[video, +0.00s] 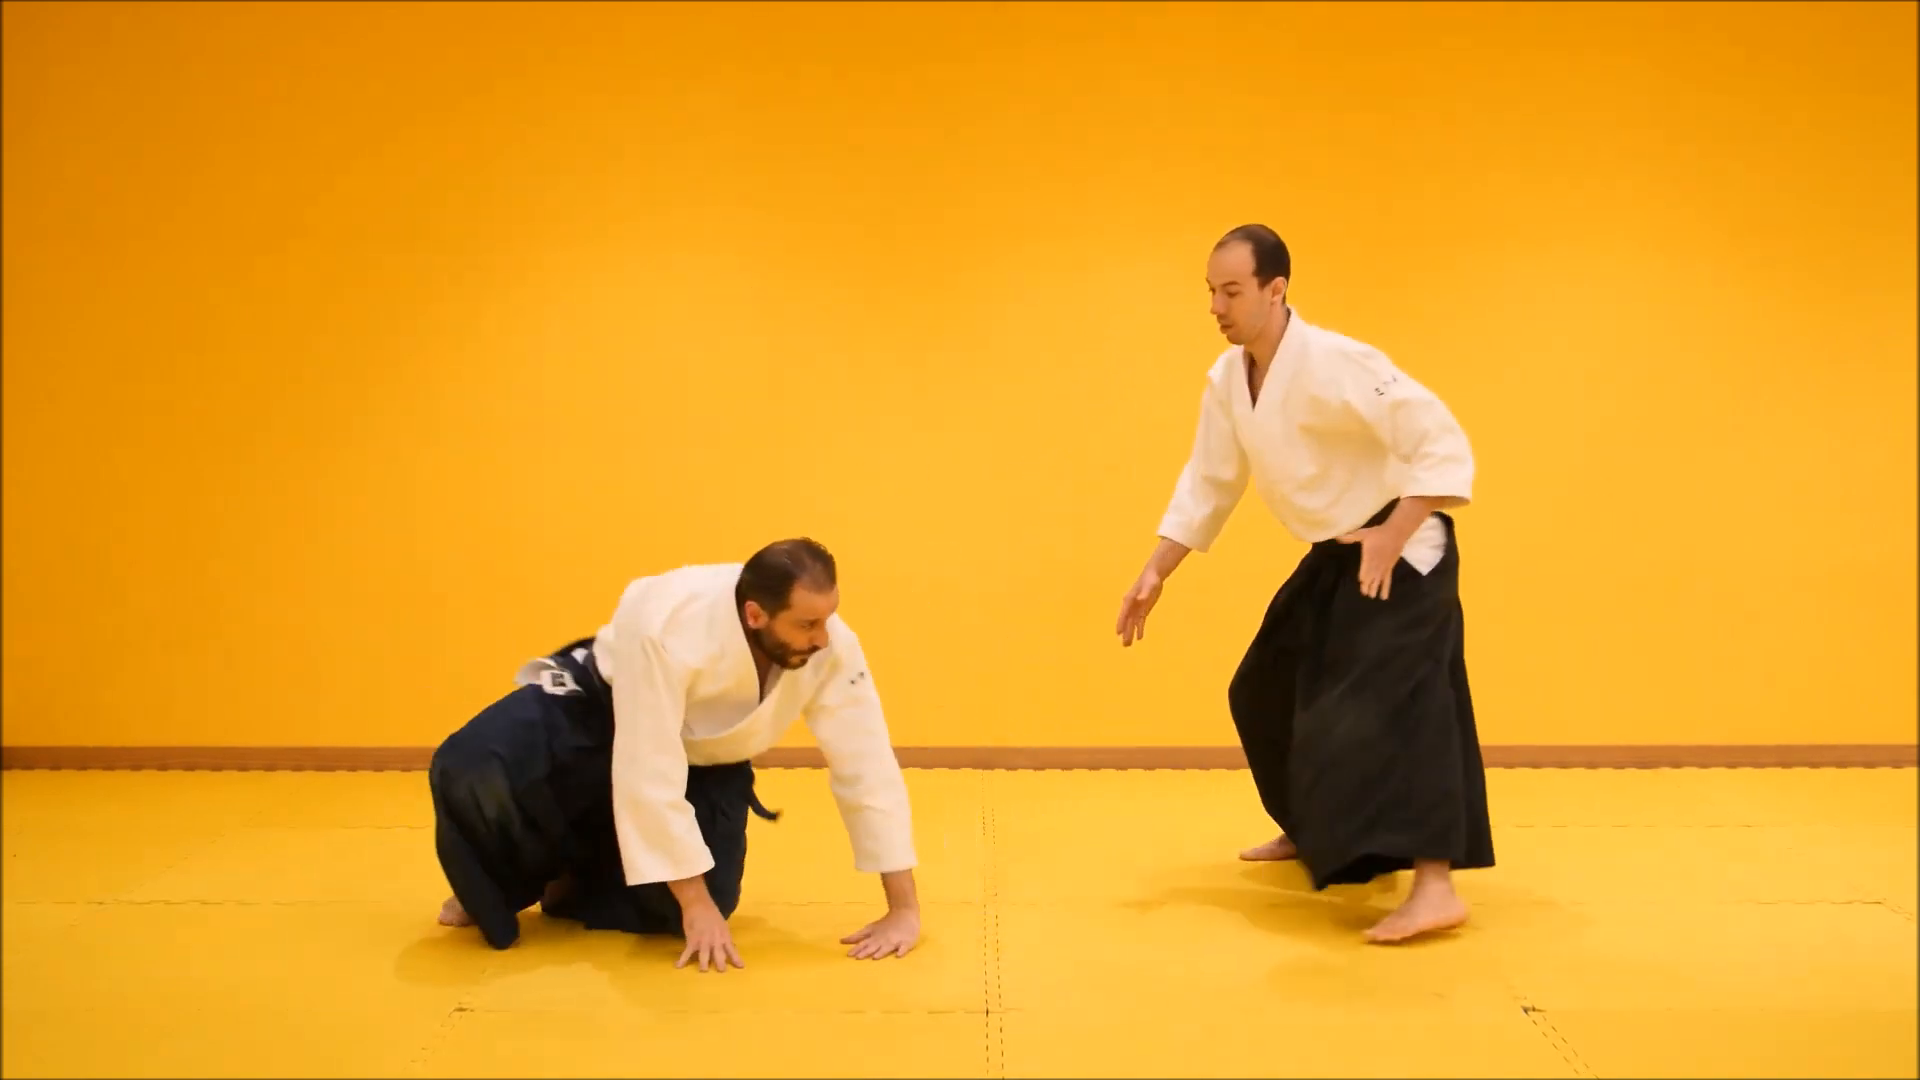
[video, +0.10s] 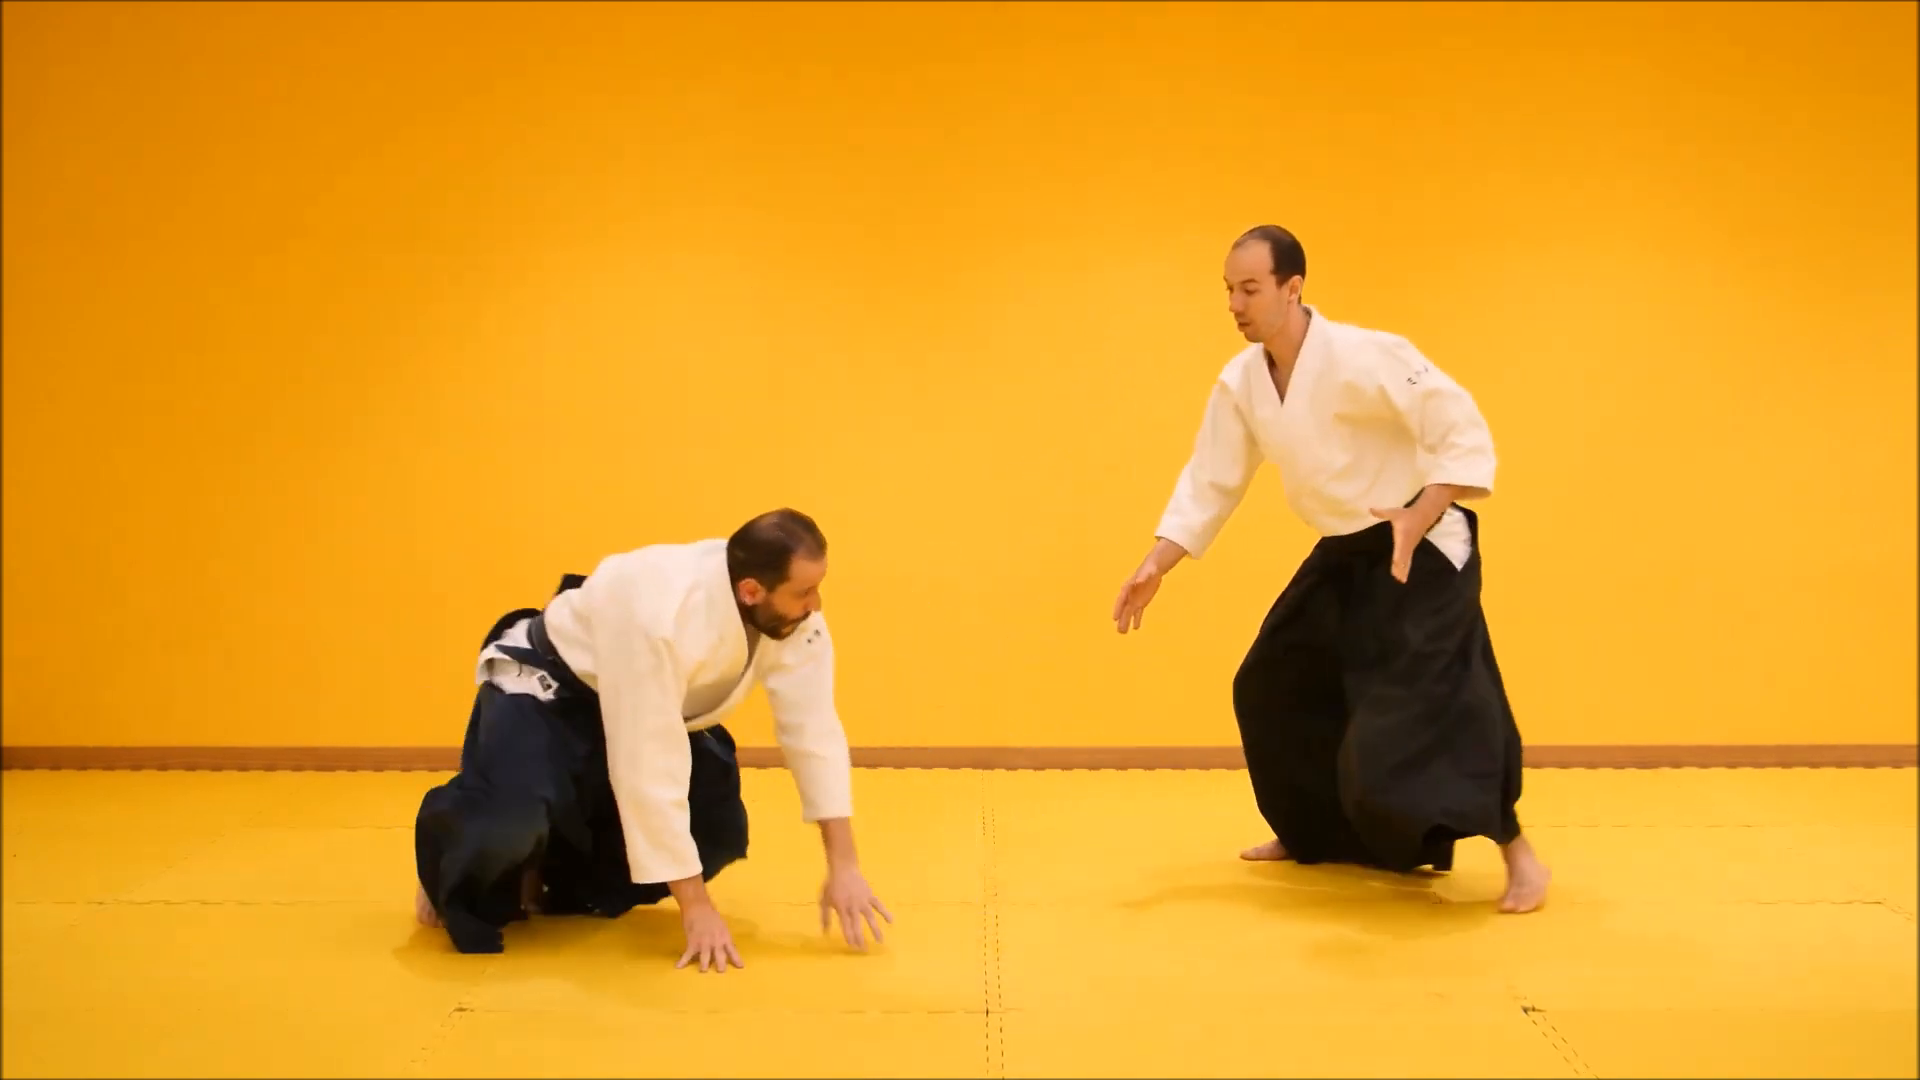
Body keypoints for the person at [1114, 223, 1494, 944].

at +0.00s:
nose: (1215, 306)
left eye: (1228, 289)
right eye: (1211, 291)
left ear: (1276, 289)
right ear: (1220, 295)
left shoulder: (1338, 366)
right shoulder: (1229, 380)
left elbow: (1446, 451)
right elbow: (1206, 483)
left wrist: (1395, 534)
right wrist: (1154, 572)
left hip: (1403, 552)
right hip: (1333, 556)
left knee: (1394, 709)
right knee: (1261, 691)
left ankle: (1435, 883)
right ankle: (1313, 827)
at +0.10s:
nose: (1235, 304)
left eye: (1248, 287)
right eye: (1229, 290)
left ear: (1292, 287)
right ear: (1229, 296)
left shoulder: (1369, 359)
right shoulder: (1241, 384)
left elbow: (1469, 440)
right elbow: (1209, 484)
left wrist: (1419, 518)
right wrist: (1154, 566)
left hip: (1421, 545)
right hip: (1340, 554)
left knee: (1439, 702)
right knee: (1265, 687)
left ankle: (1517, 850)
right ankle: (1311, 829)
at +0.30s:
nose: (1295, 295)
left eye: (1309, 280)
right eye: (1291, 282)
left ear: (1354, 284)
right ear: (1298, 289)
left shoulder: (1432, 355)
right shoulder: (1295, 379)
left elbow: (1513, 438)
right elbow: (1247, 471)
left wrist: (1479, 501)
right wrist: (1184, 542)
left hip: (1456, 549)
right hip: (1365, 555)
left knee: (1529, 685)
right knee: (1278, 679)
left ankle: (1595, 813)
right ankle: (1308, 829)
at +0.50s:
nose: (1332, 300)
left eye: (1345, 286)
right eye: (1331, 285)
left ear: (1394, 292)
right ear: (1362, 294)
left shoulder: (1481, 366)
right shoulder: (1336, 383)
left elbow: (1532, 473)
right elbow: (1275, 470)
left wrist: (1470, 536)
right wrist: (1200, 531)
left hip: (1489, 553)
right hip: (1394, 558)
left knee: (1540, 678)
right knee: (1298, 666)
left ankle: (1603, 815)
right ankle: (1320, 829)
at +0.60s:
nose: (1309, 303)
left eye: (1321, 289)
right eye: (1309, 289)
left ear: (1369, 295)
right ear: (1345, 298)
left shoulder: (1454, 369)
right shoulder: (1322, 385)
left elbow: (1458, 483)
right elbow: (1254, 460)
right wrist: (1171, 509)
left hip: (1476, 562)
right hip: (1388, 567)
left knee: (1535, 691)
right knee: (1286, 665)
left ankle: (1597, 809)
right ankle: (1324, 834)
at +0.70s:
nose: (1261, 305)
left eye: (1273, 293)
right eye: (1262, 292)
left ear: (1319, 296)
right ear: (1303, 298)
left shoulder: (1384, 360)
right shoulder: (1284, 384)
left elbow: (1319, 431)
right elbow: (1225, 453)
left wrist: (1197, 426)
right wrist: (1136, 468)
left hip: (1455, 560)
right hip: (1372, 572)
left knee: (1520, 701)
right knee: (1272, 680)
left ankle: (1613, 788)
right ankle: (1314, 840)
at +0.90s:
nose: (1186, 294)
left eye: (1191, 281)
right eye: (1186, 281)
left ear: (1228, 286)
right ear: (1236, 283)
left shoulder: (1255, 340)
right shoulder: (1262, 334)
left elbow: (1145, 370)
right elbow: (1162, 401)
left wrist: (1036, 347)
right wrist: (1035, 384)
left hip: (1349, 557)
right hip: (1317, 554)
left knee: (1270, 718)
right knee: (1241, 697)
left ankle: (1434, 791)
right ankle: (1314, 846)